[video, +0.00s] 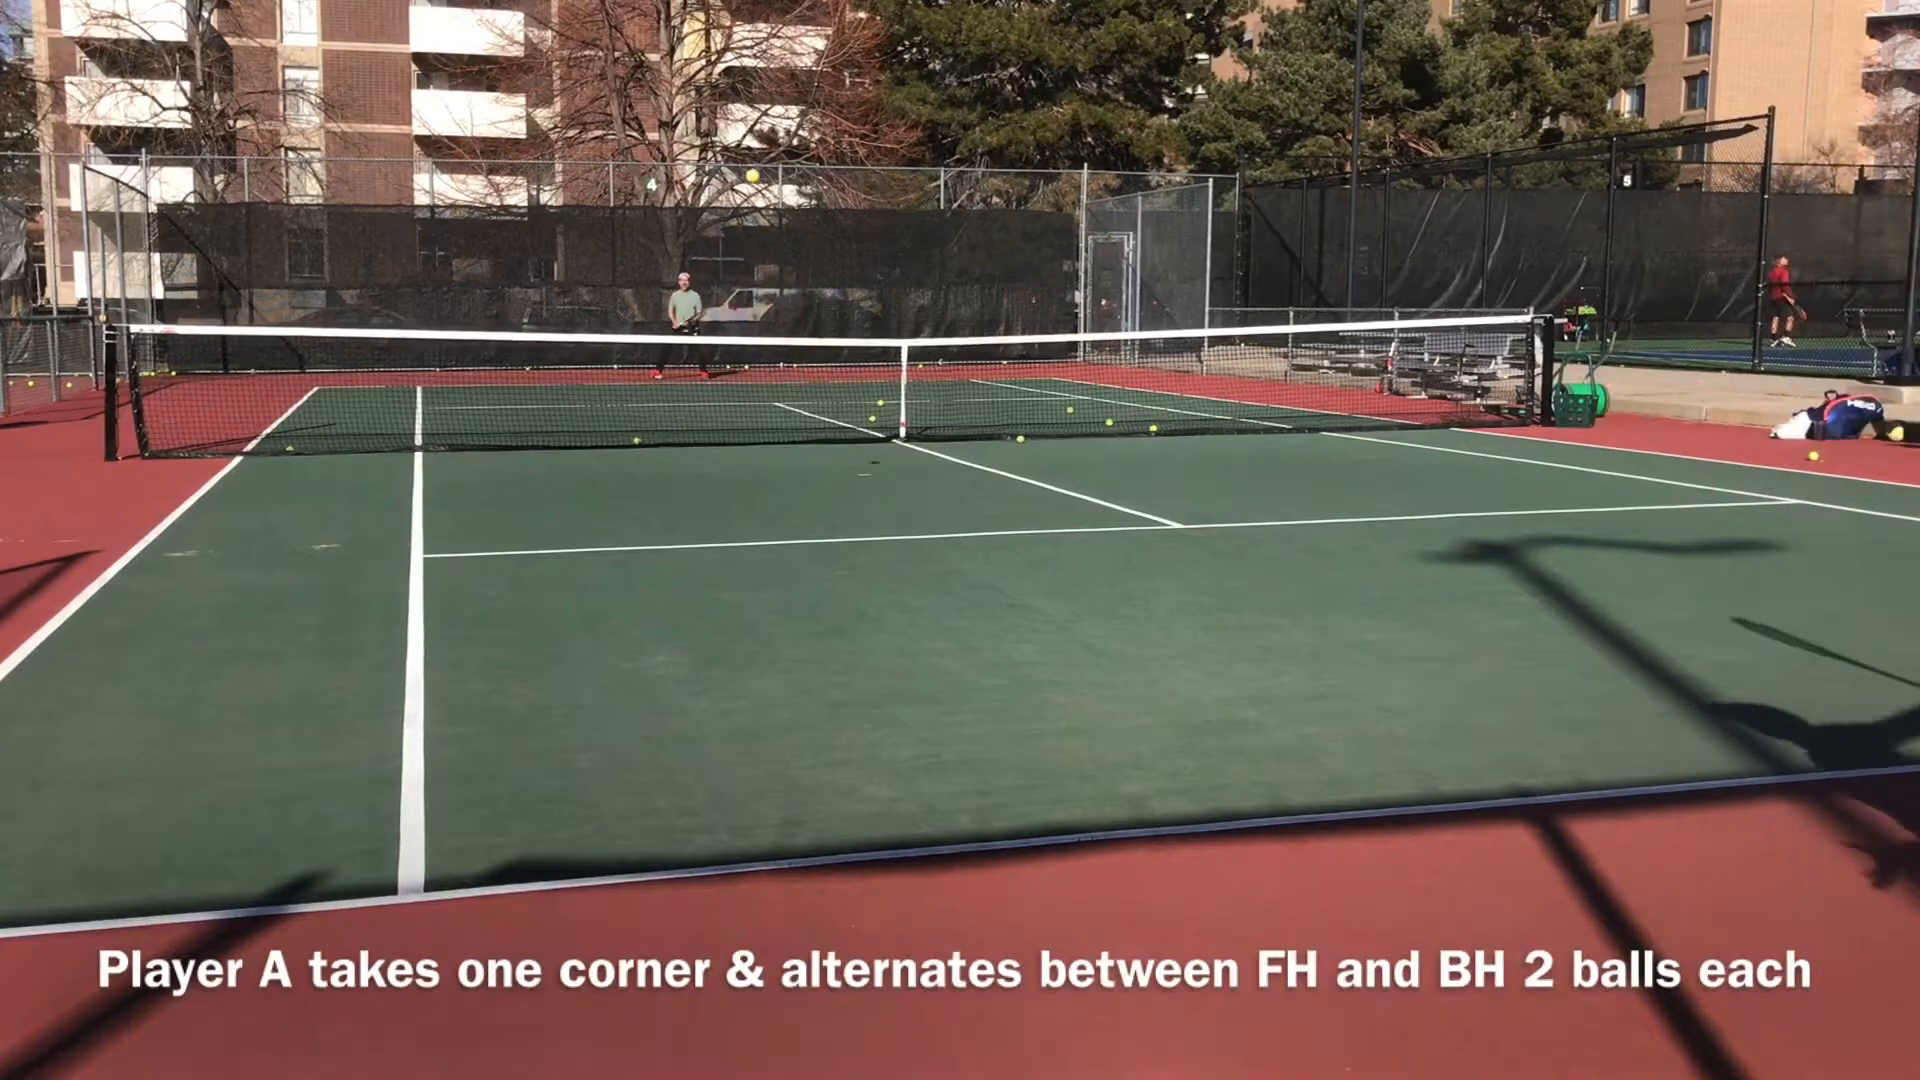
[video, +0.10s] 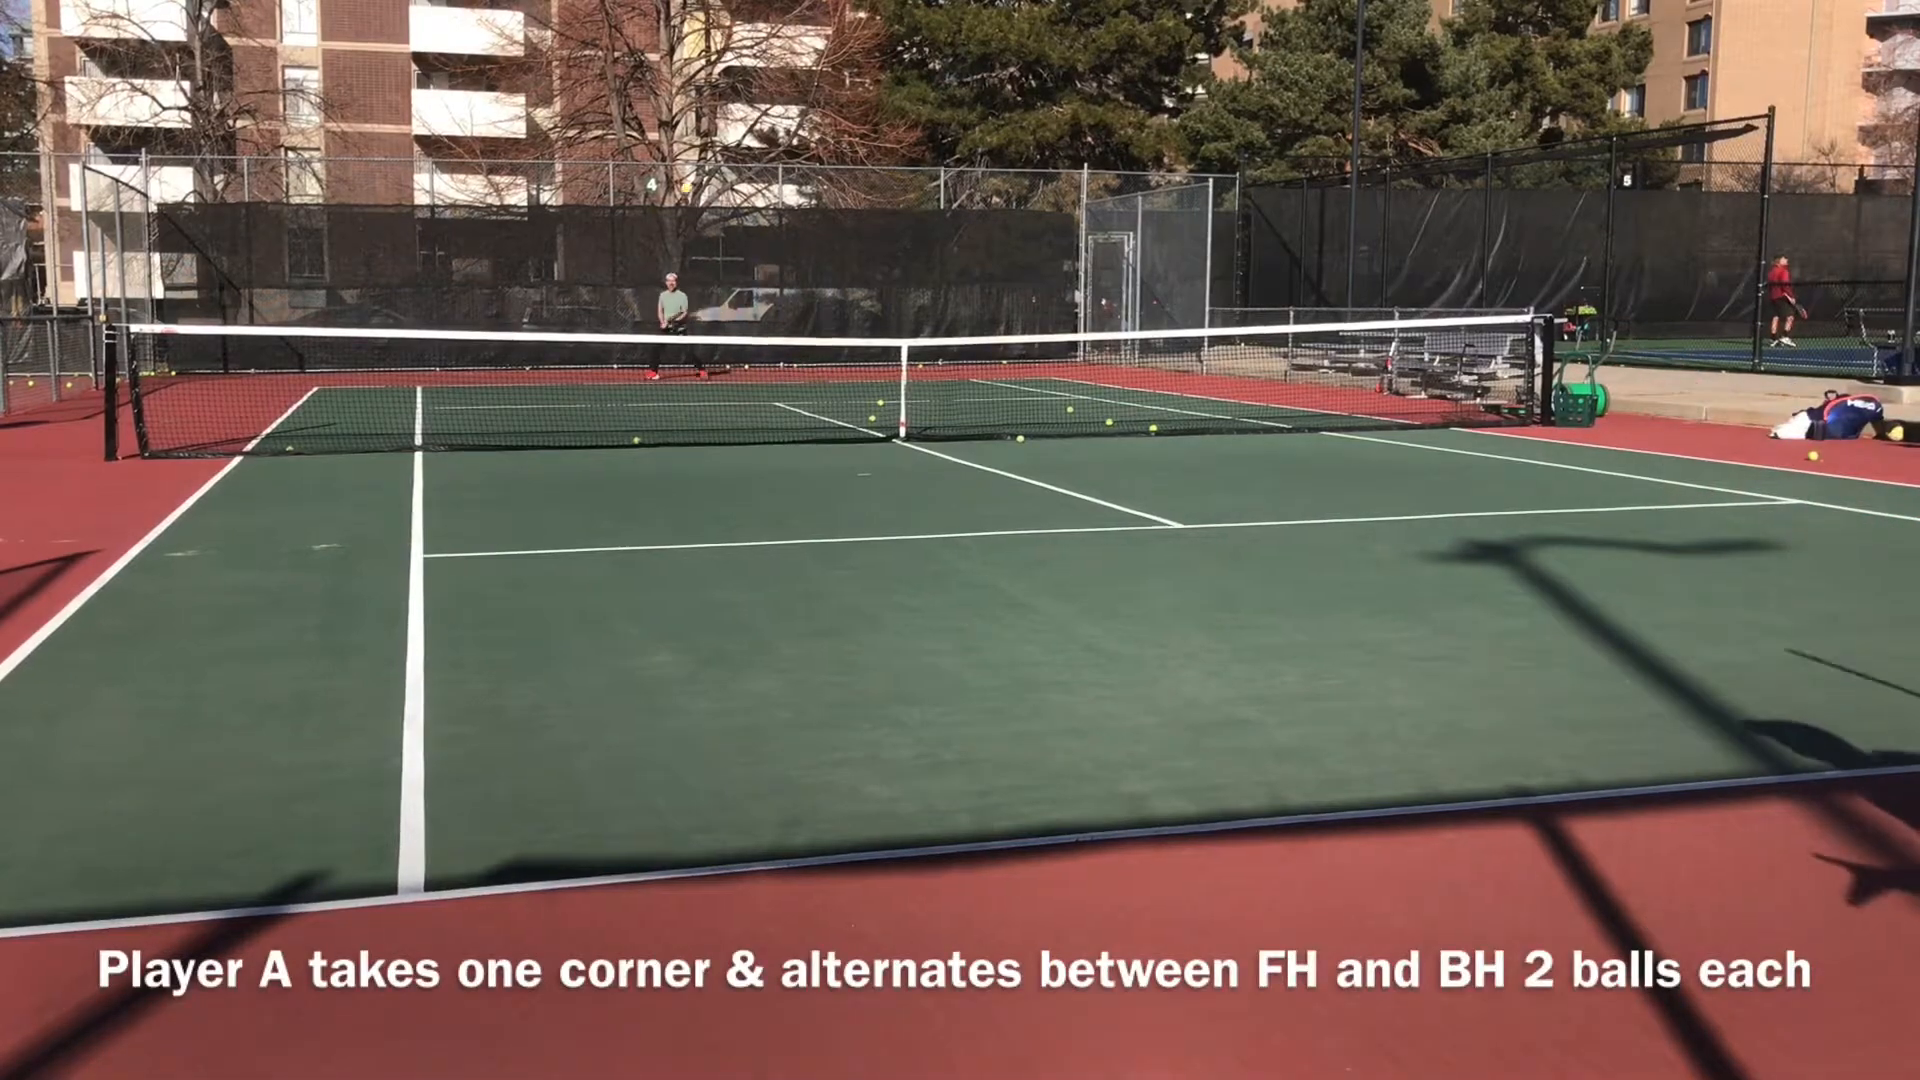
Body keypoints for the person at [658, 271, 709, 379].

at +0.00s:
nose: (684, 283)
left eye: (686, 280)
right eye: (682, 280)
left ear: (689, 282)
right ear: (679, 282)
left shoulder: (695, 295)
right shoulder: (675, 295)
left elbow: (699, 311)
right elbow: (670, 310)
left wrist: (692, 320)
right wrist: (674, 321)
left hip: (692, 325)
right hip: (679, 325)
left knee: (697, 347)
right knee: (667, 346)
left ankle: (703, 370)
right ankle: (659, 369)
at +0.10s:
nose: (671, 283)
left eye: (673, 281)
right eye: (669, 281)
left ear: (676, 282)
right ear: (666, 282)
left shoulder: (682, 296)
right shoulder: (662, 295)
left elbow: (685, 312)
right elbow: (660, 310)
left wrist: (673, 321)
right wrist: (662, 322)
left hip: (679, 326)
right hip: (666, 326)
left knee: (688, 348)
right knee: (657, 347)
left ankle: (701, 369)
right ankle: (653, 370)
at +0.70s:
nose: (602, 286)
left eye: (604, 284)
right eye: (600, 284)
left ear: (609, 284)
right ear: (598, 285)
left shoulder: (612, 295)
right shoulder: (602, 297)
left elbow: (597, 306)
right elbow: (594, 310)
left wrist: (579, 305)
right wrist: (577, 308)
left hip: (616, 329)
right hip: (609, 329)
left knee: (609, 351)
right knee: (606, 351)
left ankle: (628, 365)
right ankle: (607, 373)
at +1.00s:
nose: (567, 286)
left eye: (569, 284)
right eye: (566, 284)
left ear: (576, 283)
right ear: (567, 285)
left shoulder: (580, 294)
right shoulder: (576, 296)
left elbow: (566, 305)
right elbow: (572, 312)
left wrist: (547, 311)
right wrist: (561, 316)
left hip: (587, 331)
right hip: (580, 332)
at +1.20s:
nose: (547, 287)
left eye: (548, 285)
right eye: (546, 285)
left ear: (555, 284)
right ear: (550, 286)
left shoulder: (561, 294)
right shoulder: (555, 296)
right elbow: (553, 316)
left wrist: (552, 307)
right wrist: (549, 330)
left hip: (568, 331)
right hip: (559, 331)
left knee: (572, 354)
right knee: (550, 351)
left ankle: (589, 368)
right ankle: (552, 374)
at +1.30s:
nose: (541, 286)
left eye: (542, 283)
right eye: (540, 284)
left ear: (549, 282)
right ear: (541, 285)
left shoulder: (560, 293)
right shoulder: (545, 299)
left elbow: (567, 302)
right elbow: (541, 315)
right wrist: (535, 330)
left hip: (565, 328)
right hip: (553, 329)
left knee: (564, 350)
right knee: (545, 351)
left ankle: (577, 367)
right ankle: (552, 373)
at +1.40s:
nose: (537, 284)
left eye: (538, 281)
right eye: (536, 282)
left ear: (545, 279)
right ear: (538, 282)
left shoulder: (559, 289)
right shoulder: (539, 295)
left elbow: (569, 298)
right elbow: (533, 309)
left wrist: (569, 292)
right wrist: (523, 316)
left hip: (559, 325)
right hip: (546, 326)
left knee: (555, 350)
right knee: (543, 350)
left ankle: (558, 372)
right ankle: (550, 372)